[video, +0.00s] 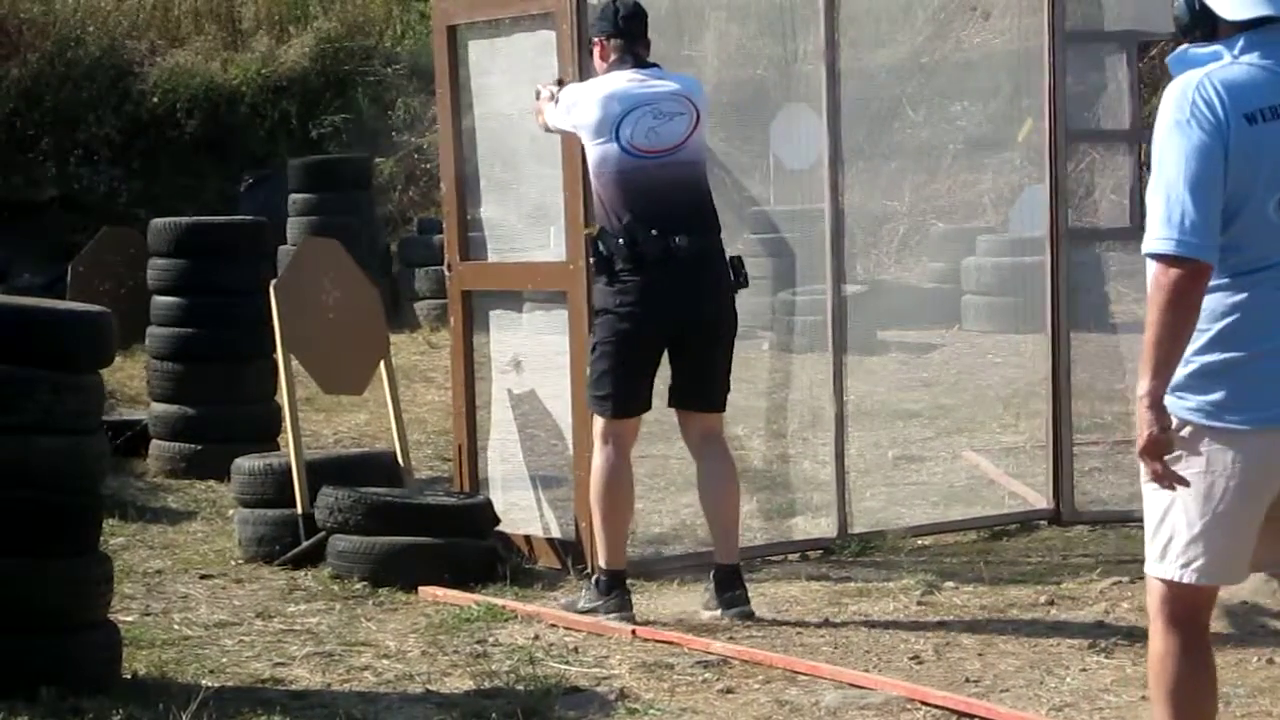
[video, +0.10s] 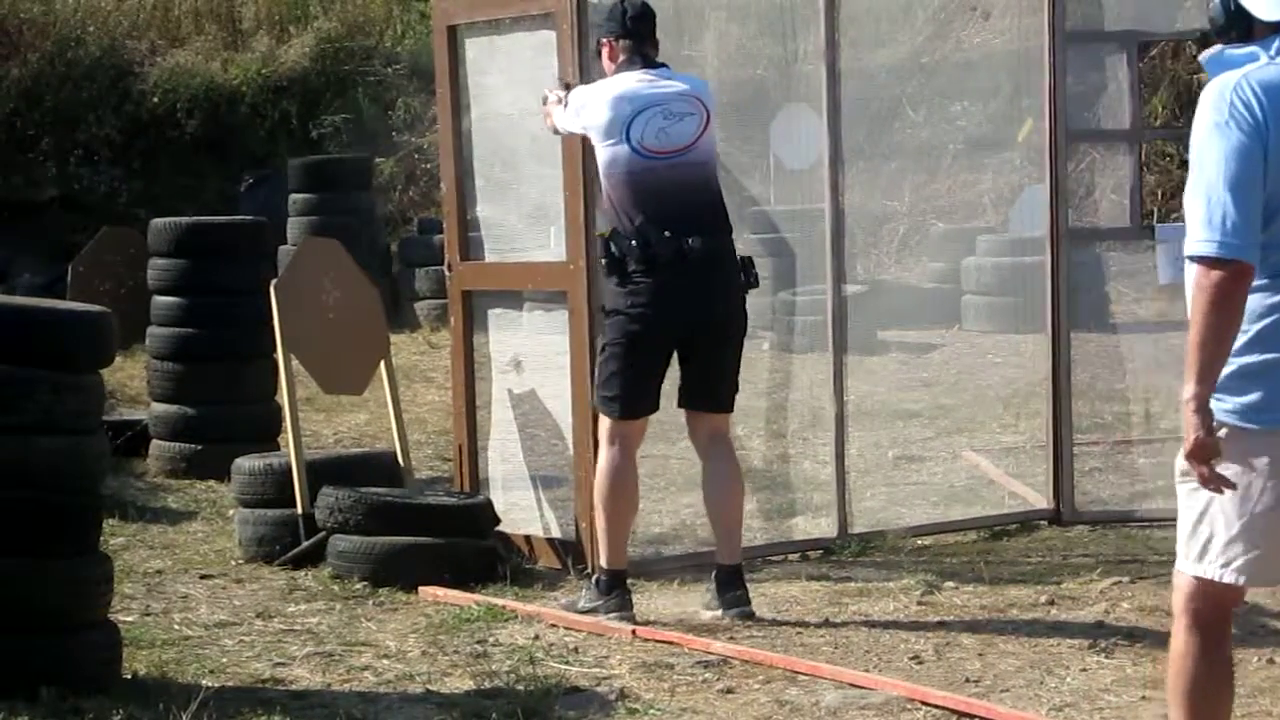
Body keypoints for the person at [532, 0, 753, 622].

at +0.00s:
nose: (590, 56)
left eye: (590, 48)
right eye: (593, 48)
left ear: (600, 49)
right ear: (647, 44)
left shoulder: (588, 98)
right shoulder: (690, 89)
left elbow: (551, 115)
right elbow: (641, 95)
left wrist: (553, 98)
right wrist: (576, 92)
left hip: (633, 286)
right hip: (707, 282)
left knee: (613, 437)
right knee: (707, 429)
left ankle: (609, 585)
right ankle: (730, 582)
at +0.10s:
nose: (599, 59)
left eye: (599, 50)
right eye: (600, 51)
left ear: (610, 49)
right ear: (656, 45)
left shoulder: (599, 98)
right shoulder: (698, 90)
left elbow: (561, 117)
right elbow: (649, 100)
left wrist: (559, 103)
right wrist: (582, 99)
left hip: (643, 286)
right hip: (718, 282)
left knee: (620, 439)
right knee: (714, 431)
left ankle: (609, 586)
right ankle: (732, 583)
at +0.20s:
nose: (612, 60)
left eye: (612, 52)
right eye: (614, 53)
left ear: (621, 52)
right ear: (669, 46)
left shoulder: (613, 100)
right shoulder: (711, 90)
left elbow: (573, 119)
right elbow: (666, 99)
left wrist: (567, 103)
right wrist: (609, 92)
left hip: (658, 291)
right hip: (733, 287)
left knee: (623, 439)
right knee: (724, 433)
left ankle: (611, 585)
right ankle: (732, 583)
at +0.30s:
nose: (625, 62)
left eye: (624, 54)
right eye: (627, 55)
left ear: (633, 53)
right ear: (682, 48)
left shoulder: (625, 101)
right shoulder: (725, 92)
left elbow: (582, 122)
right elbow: (680, 99)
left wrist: (578, 101)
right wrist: (628, 87)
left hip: (669, 291)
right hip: (746, 288)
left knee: (627, 431)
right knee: (731, 433)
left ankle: (636, 584)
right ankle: (732, 584)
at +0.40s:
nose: (635, 63)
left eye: (634, 56)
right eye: (636, 57)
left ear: (645, 54)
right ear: (692, 47)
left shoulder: (637, 102)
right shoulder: (739, 93)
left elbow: (595, 119)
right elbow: (692, 100)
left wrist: (586, 104)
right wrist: (656, 78)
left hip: (680, 292)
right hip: (754, 288)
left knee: (639, 427)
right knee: (737, 432)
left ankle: (681, 570)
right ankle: (733, 583)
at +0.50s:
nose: (645, 63)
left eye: (645, 55)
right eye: (646, 56)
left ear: (656, 53)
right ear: (701, 47)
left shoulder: (649, 104)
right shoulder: (752, 93)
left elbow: (592, 125)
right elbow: (708, 102)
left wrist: (590, 110)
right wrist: (675, 77)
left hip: (688, 296)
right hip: (761, 292)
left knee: (664, 435)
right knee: (740, 434)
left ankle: (710, 560)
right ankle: (733, 584)